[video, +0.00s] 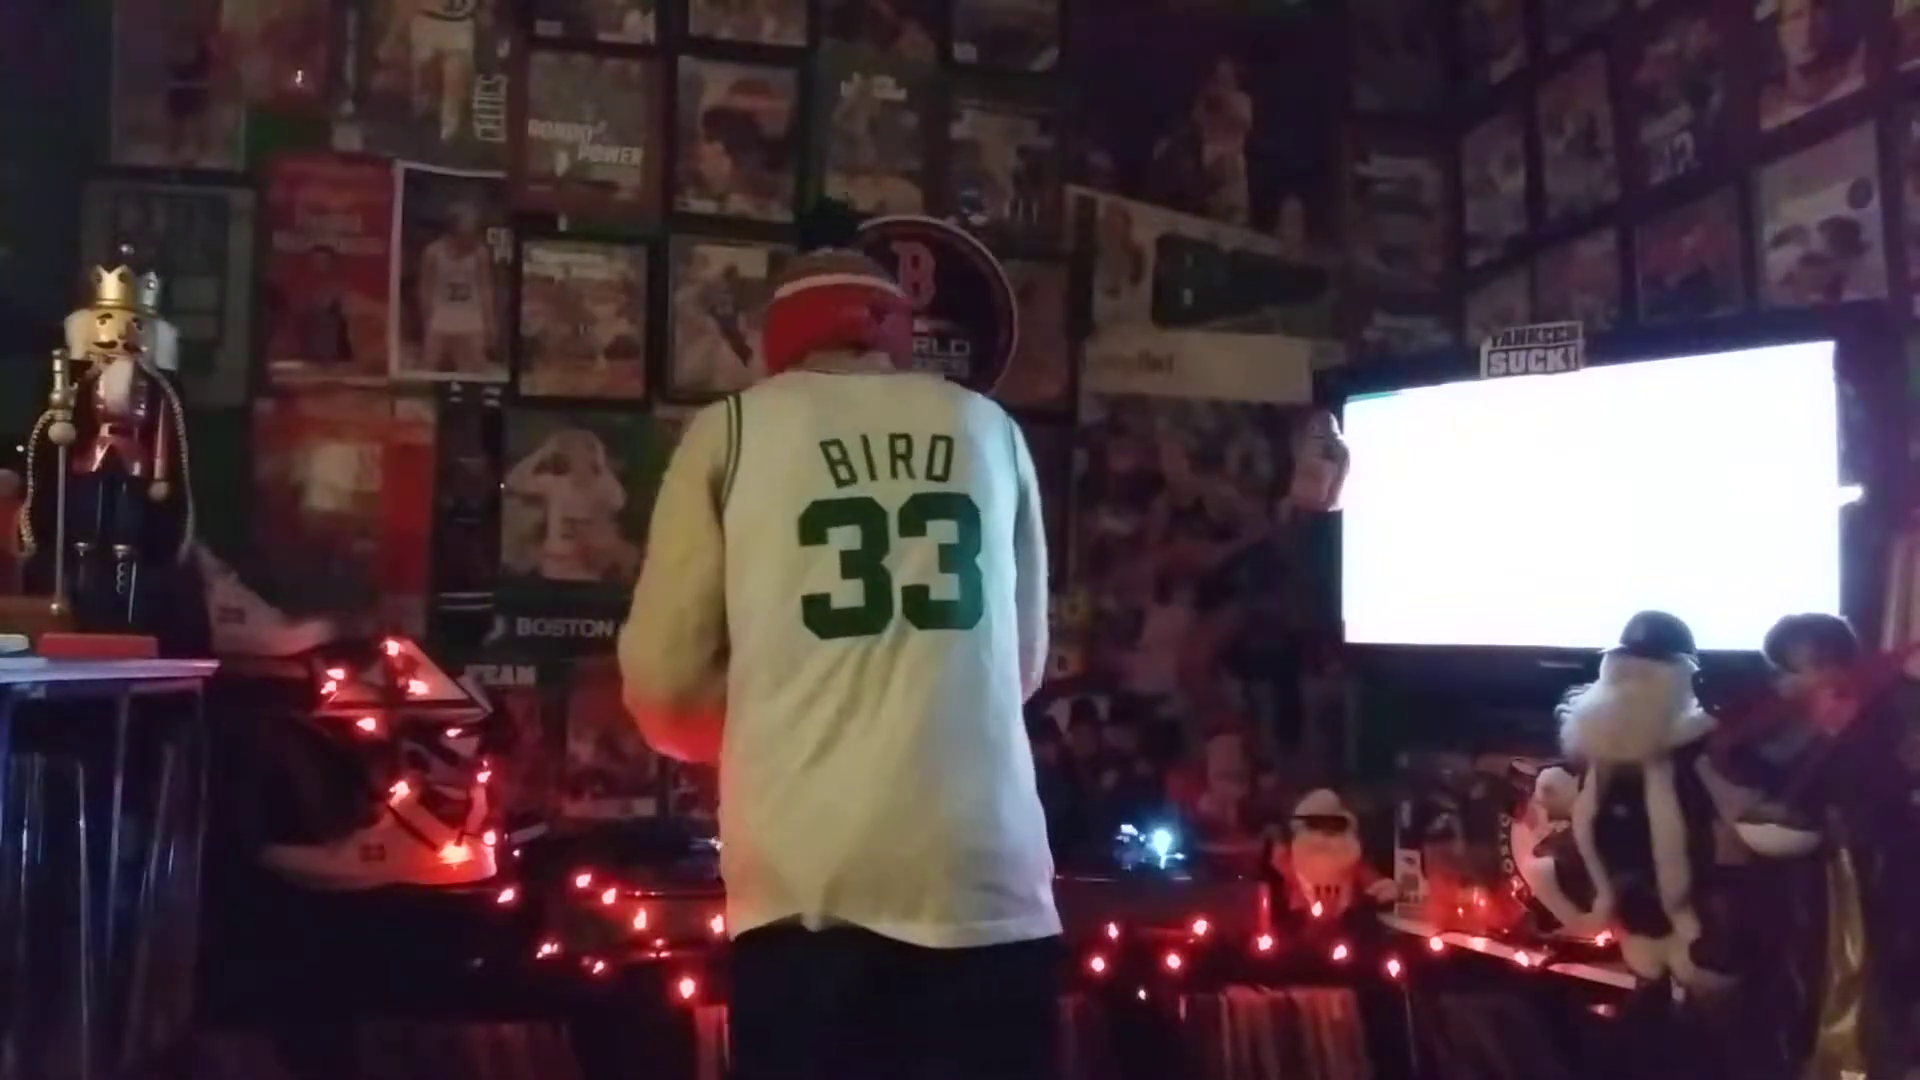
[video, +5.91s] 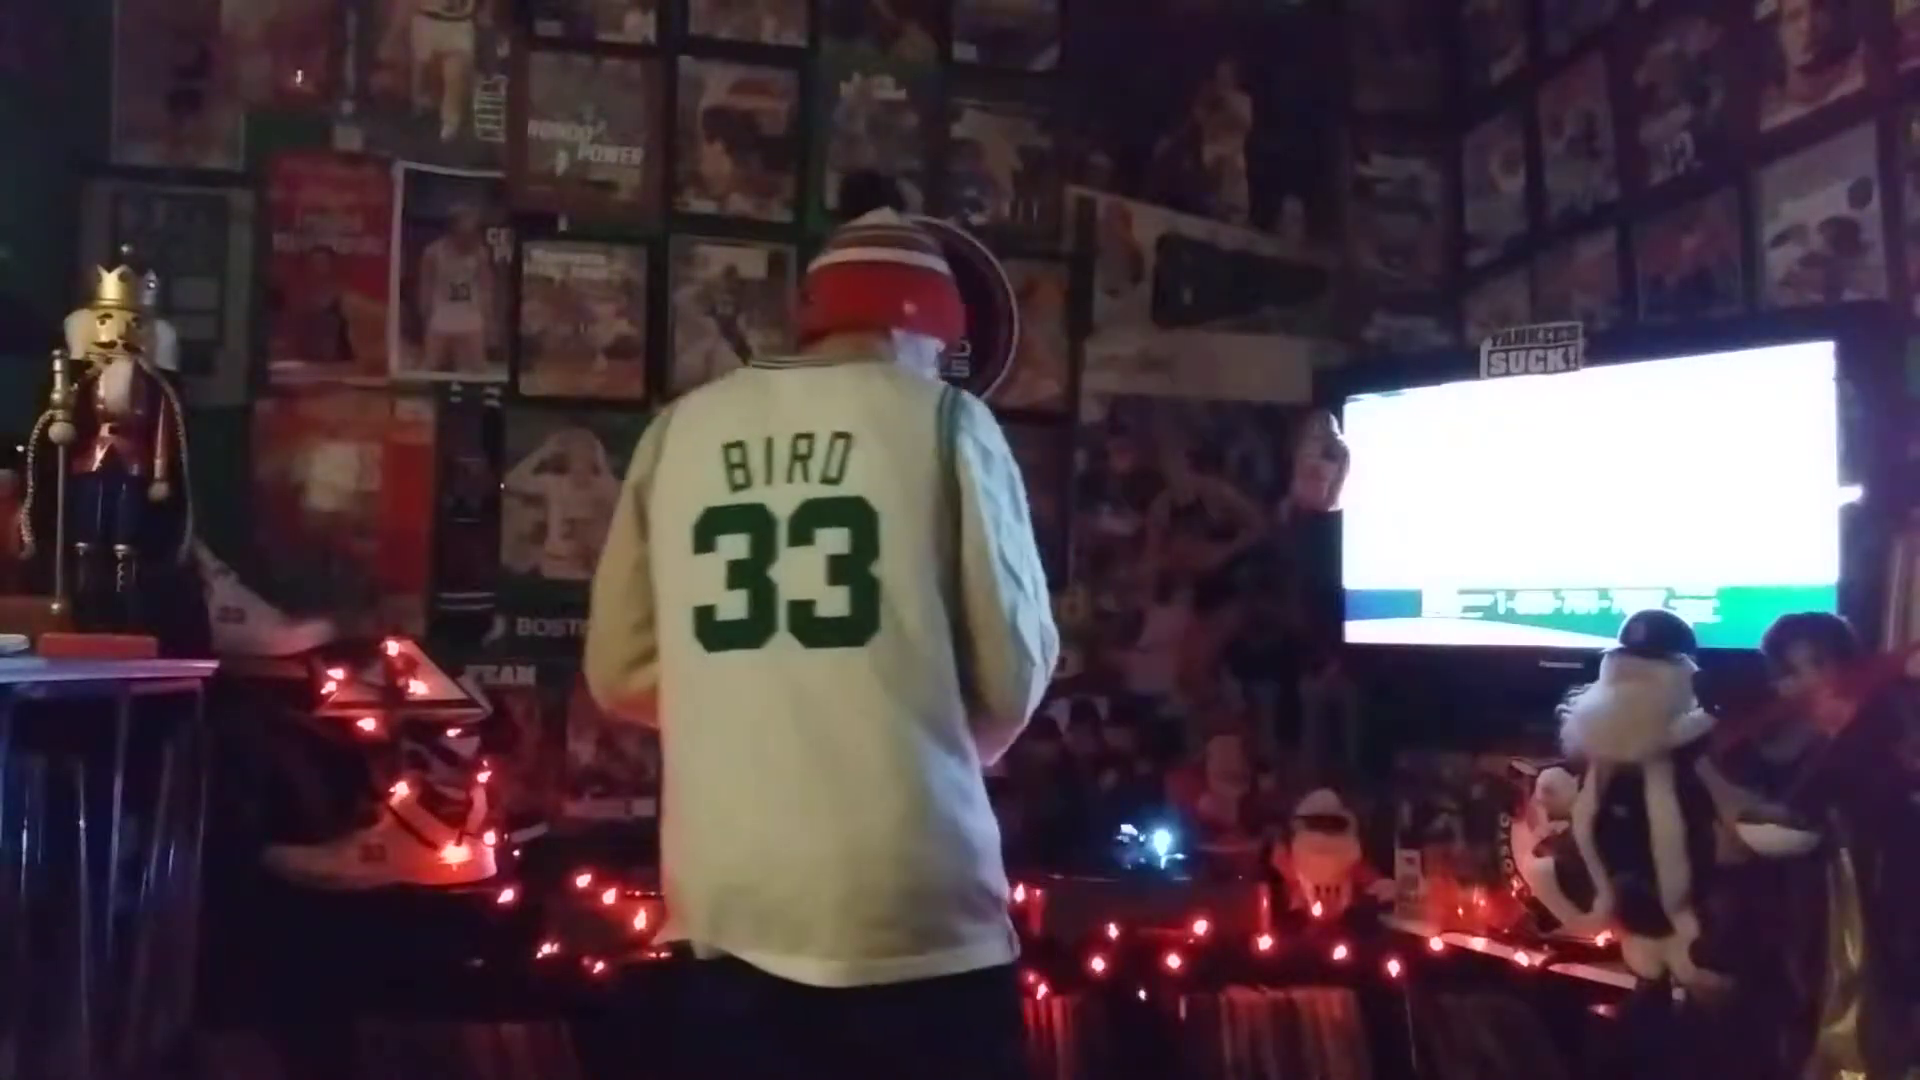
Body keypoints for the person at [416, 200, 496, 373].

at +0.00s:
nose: (466, 235)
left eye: (470, 230)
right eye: (462, 230)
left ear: (475, 230)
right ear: (453, 228)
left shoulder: (480, 253)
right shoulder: (434, 252)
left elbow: (486, 290)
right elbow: (425, 288)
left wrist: (490, 324)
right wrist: (428, 318)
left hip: (471, 326)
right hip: (440, 325)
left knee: (472, 379)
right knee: (435, 378)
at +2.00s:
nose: (469, 235)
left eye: (473, 230)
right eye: (465, 230)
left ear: (477, 230)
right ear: (455, 229)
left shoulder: (481, 254)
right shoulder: (433, 253)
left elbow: (488, 290)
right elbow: (425, 288)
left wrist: (490, 321)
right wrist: (427, 319)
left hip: (472, 329)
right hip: (440, 328)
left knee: (472, 381)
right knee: (433, 380)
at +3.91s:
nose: (465, 236)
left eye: (470, 231)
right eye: (462, 231)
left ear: (475, 231)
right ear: (452, 229)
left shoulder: (480, 252)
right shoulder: (434, 253)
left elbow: (487, 289)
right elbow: (425, 287)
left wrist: (490, 323)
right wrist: (427, 315)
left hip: (472, 326)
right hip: (441, 326)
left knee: (474, 376)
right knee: (432, 377)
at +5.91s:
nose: (466, 236)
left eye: (470, 231)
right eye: (462, 231)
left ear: (475, 230)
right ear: (453, 229)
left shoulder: (480, 252)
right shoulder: (434, 252)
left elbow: (486, 287)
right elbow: (426, 286)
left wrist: (489, 321)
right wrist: (425, 313)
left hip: (471, 324)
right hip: (441, 323)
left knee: (473, 376)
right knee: (433, 376)